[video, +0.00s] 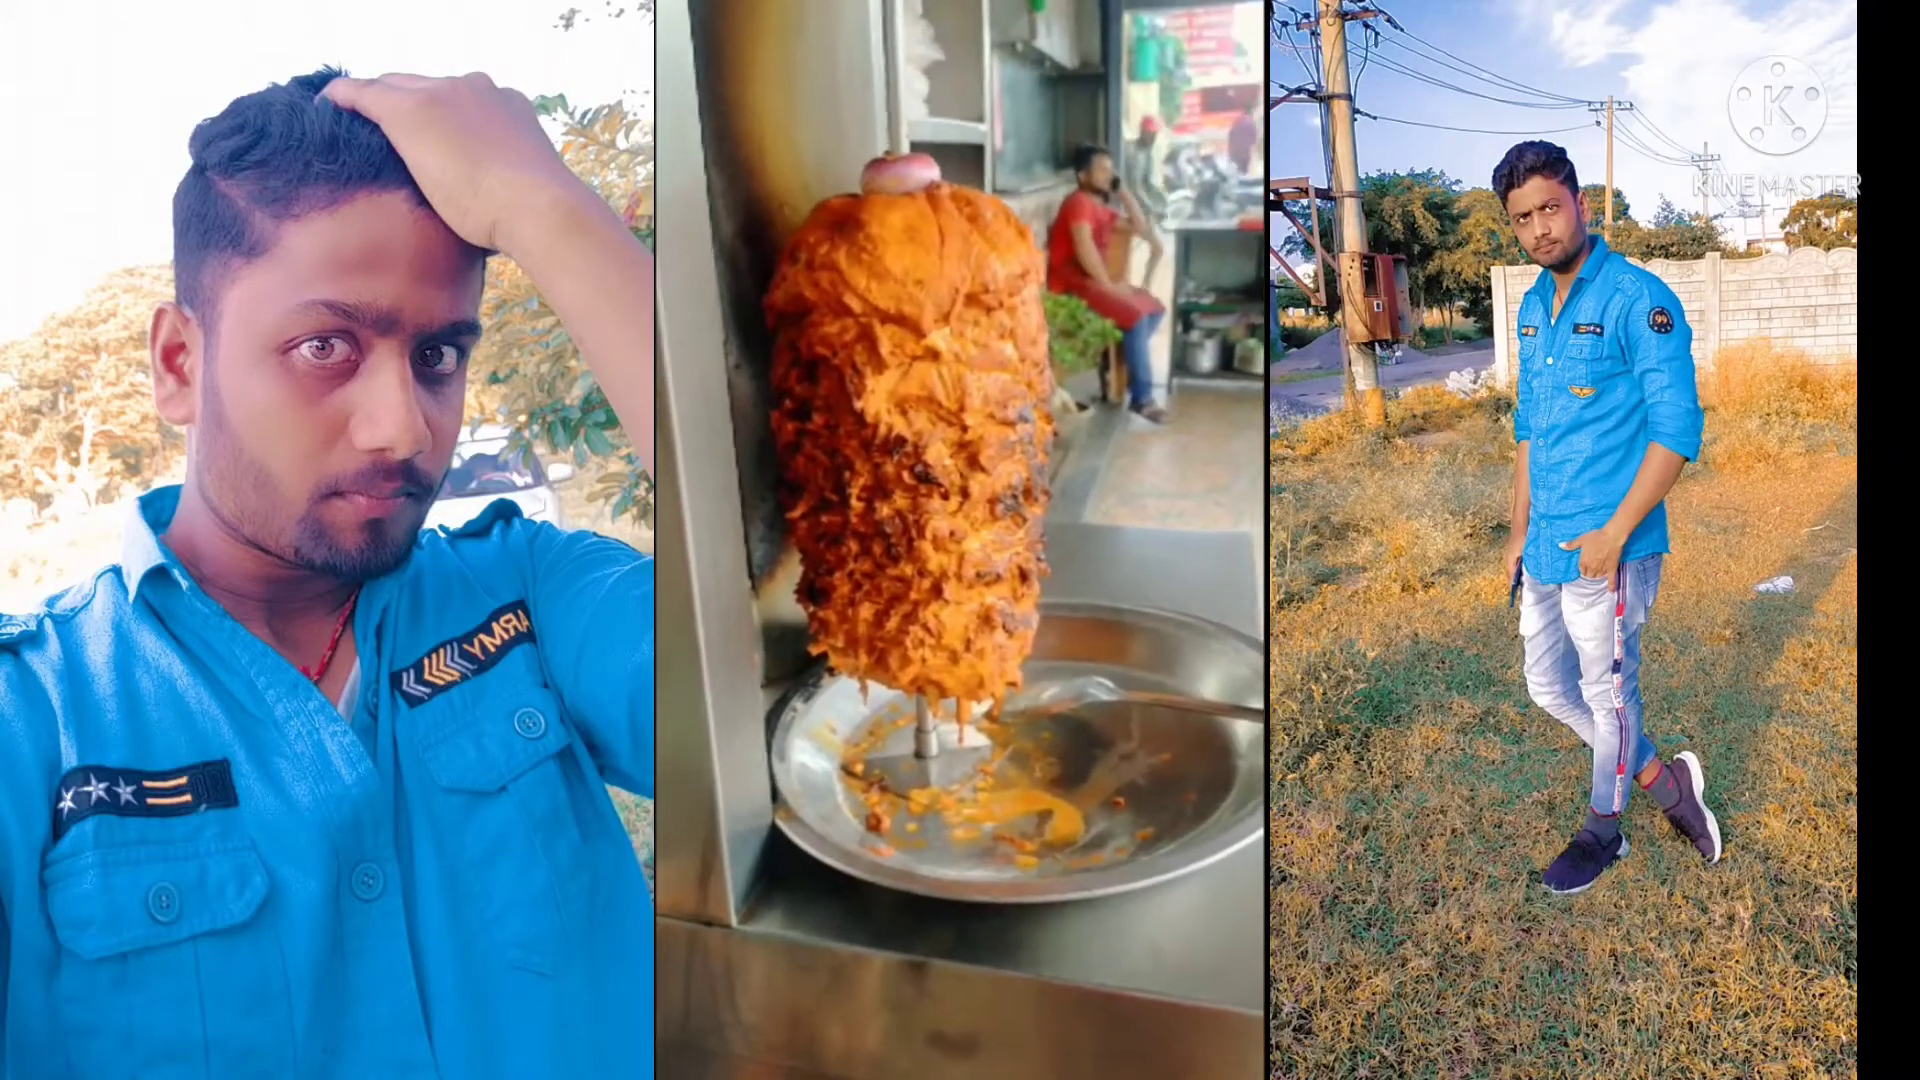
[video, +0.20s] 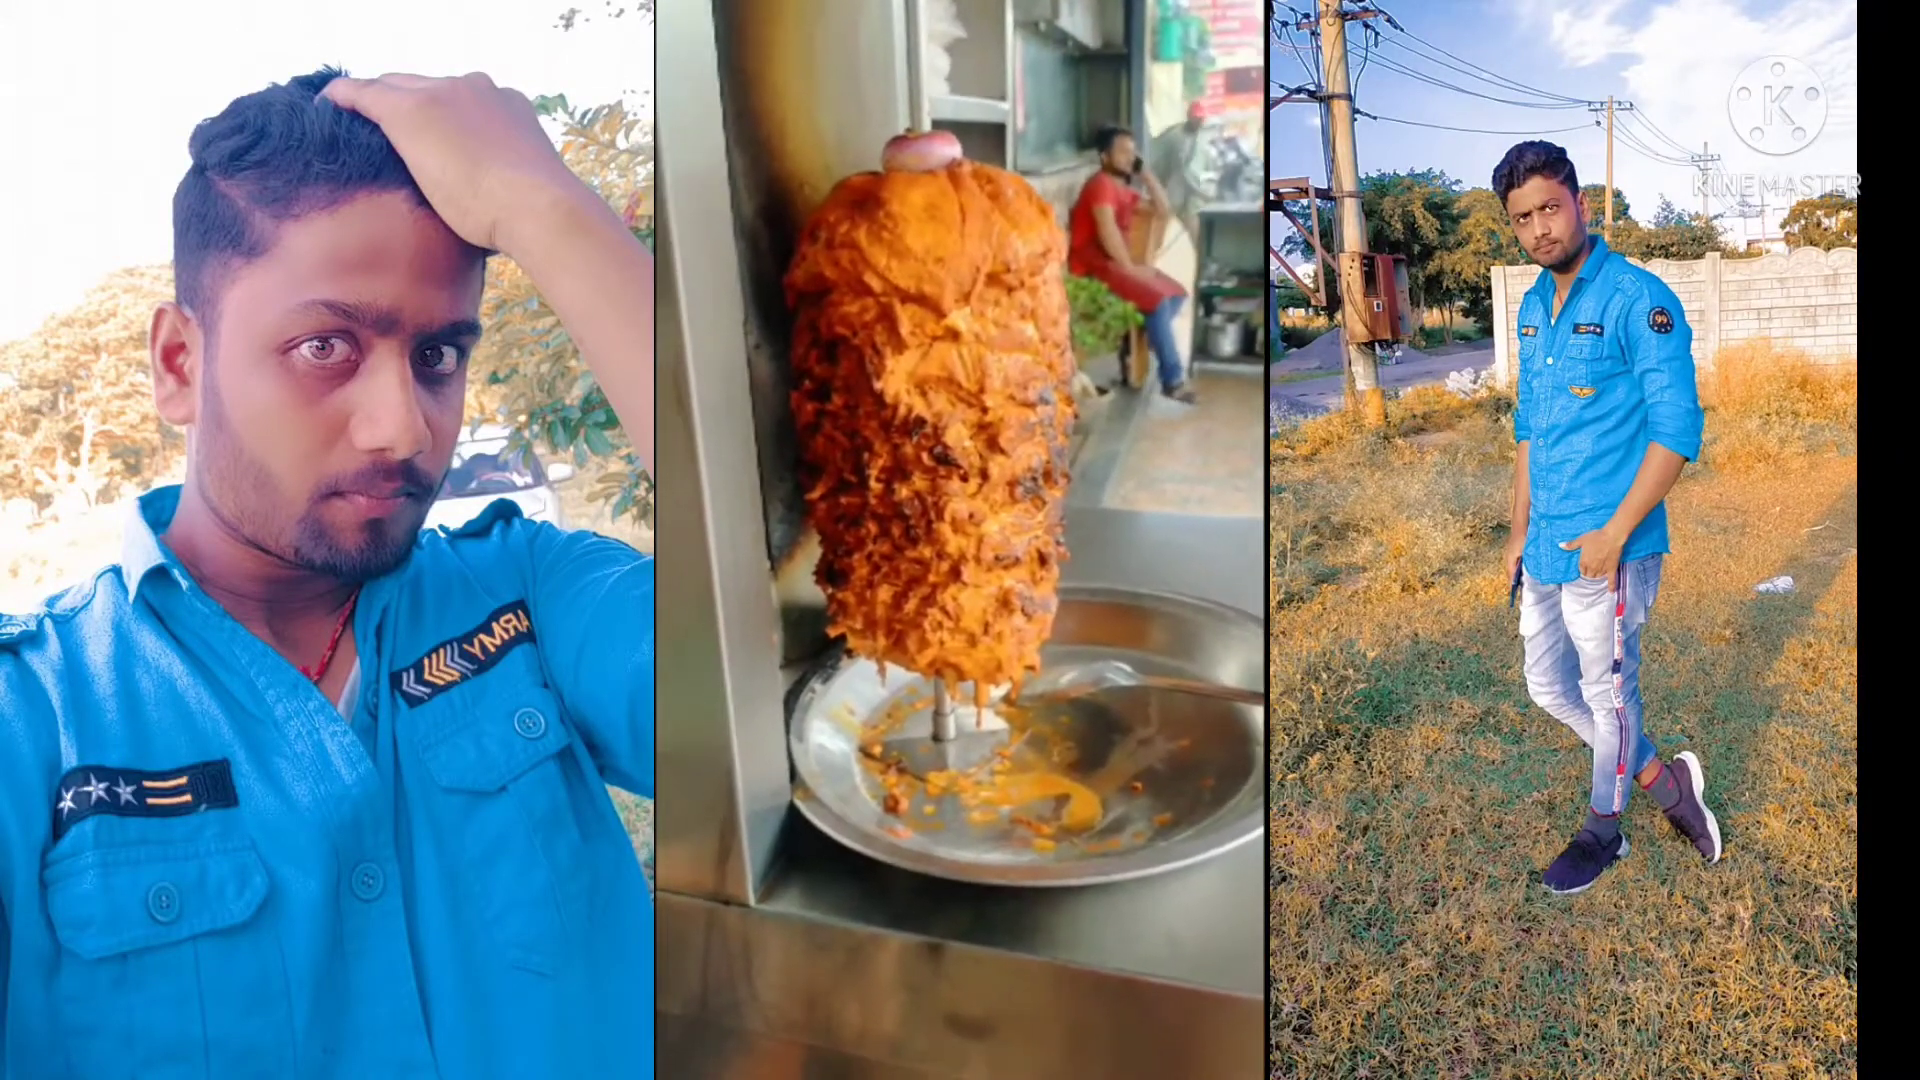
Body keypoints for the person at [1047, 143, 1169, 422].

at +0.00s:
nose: (1109, 175)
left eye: (1110, 169)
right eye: (1102, 169)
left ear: (1109, 174)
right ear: (1083, 175)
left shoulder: (1102, 207)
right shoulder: (1078, 203)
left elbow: (1139, 227)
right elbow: (1083, 248)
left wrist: (1123, 193)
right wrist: (1107, 283)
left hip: (1094, 279)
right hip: (1072, 282)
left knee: (1155, 309)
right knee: (1134, 317)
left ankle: (1111, 361)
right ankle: (1142, 399)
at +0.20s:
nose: (1131, 158)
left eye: (1133, 152)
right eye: (1124, 152)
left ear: (1134, 156)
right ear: (1105, 156)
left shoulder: (1124, 188)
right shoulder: (1100, 185)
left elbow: (1161, 210)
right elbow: (1106, 232)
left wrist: (1146, 176)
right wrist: (1128, 266)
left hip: (1117, 260)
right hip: (1093, 264)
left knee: (1176, 295)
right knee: (1156, 301)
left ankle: (1133, 344)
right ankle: (1173, 380)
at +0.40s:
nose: (1146, 132)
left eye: (1149, 126)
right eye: (1139, 126)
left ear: (1151, 130)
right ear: (1120, 130)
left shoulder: (1140, 163)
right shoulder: (1117, 159)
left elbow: (1180, 186)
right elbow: (1122, 209)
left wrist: (1162, 150)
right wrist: (1147, 244)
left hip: (1130, 236)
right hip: (1109, 239)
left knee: (1193, 270)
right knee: (1174, 274)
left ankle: (1147, 322)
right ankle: (1187, 354)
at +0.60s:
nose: (1150, 139)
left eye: (1153, 133)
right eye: (1143, 132)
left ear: (1155, 138)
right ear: (1124, 137)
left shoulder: (1144, 171)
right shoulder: (1120, 166)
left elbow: (1183, 192)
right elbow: (1125, 215)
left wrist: (1166, 156)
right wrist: (1150, 251)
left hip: (1134, 243)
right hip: (1112, 245)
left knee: (1196, 277)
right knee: (1177, 282)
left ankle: (1144, 344)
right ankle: (1133, 350)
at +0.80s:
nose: (1152, 140)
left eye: (1154, 134)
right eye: (1144, 134)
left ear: (1156, 139)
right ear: (1126, 140)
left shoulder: (1146, 173)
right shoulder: (1122, 168)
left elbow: (1184, 195)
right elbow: (1125, 217)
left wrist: (1169, 161)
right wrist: (1150, 254)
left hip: (1135, 245)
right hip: (1112, 248)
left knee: (1195, 278)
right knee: (1173, 286)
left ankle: (1159, 337)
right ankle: (1126, 346)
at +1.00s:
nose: (1158, 150)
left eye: (1161, 144)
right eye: (1151, 144)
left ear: (1163, 149)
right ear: (1133, 148)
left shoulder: (1153, 183)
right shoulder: (1129, 178)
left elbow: (1189, 205)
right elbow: (1131, 227)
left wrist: (1176, 171)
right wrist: (1157, 264)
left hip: (1143, 254)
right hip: (1120, 256)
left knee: (1201, 288)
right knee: (1179, 295)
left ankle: (1163, 347)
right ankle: (1131, 354)